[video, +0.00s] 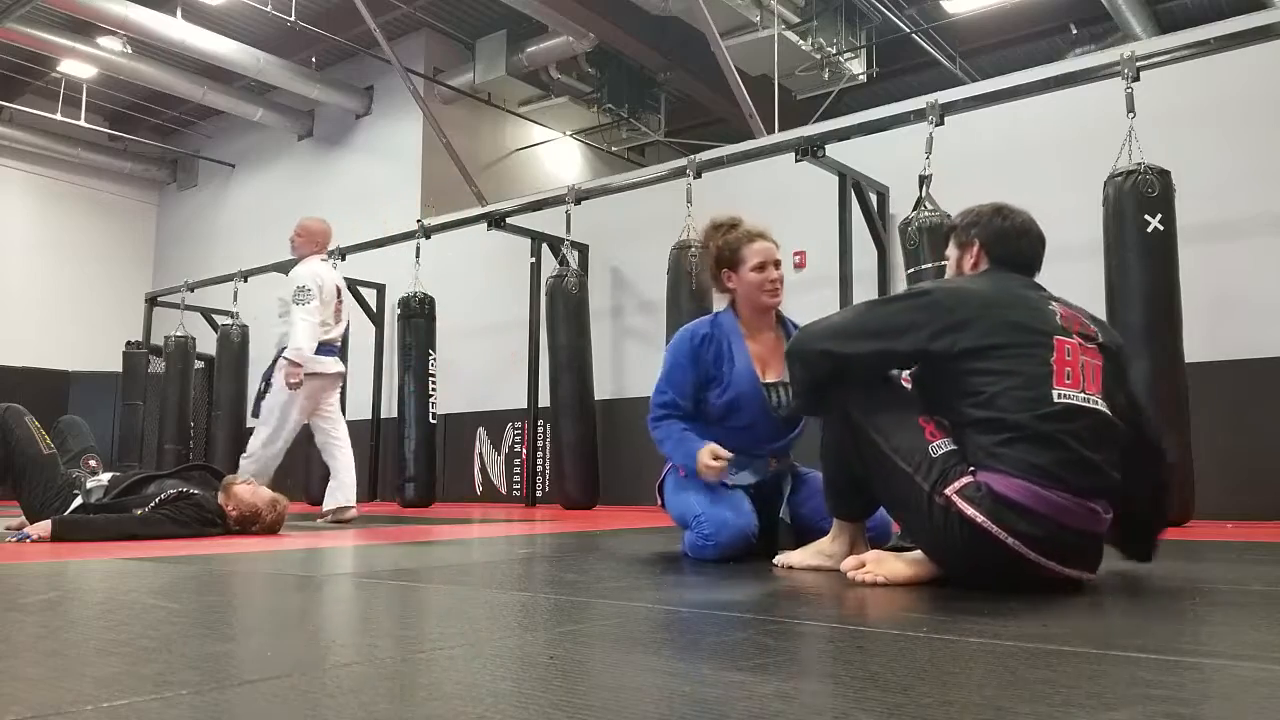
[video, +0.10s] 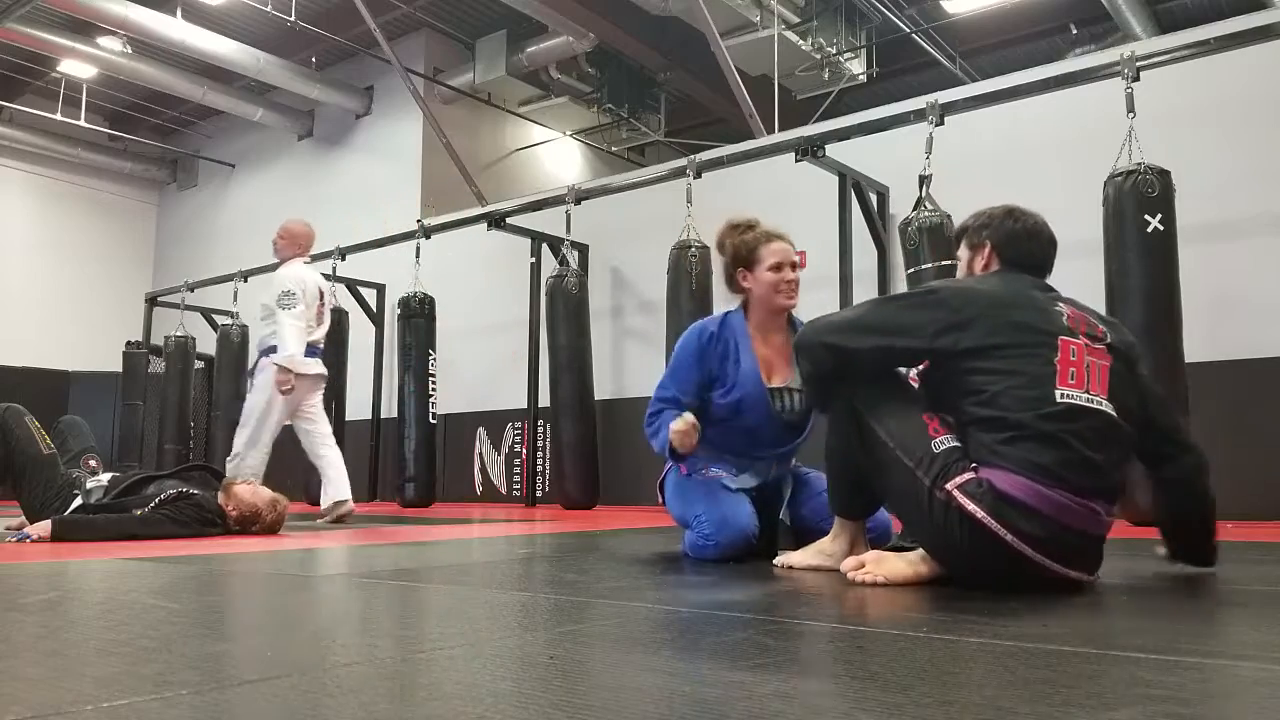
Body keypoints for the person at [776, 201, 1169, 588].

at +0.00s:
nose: (946, 275)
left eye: (949, 263)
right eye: (947, 264)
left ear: (974, 256)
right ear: (1034, 266)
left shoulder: (961, 298)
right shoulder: (1092, 327)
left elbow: (812, 344)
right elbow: (1143, 446)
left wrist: (824, 406)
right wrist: (1136, 535)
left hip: (982, 536)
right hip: (1071, 559)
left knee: (854, 391)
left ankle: (843, 539)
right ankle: (928, 552)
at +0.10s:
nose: (957, 273)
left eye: (961, 261)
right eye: (959, 263)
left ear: (985, 259)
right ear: (1043, 266)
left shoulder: (966, 299)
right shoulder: (1108, 333)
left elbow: (819, 337)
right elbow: (1175, 454)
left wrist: (834, 400)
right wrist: (1193, 551)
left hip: (984, 533)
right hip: (1070, 564)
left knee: (857, 387)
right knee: (974, 419)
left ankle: (843, 537)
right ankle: (929, 554)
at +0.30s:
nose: (979, 273)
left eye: (983, 262)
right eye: (981, 263)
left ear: (1004, 259)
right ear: (1064, 274)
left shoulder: (988, 299)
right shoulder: (1128, 342)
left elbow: (834, 335)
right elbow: (1204, 465)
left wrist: (868, 391)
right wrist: (1232, 568)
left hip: (985, 525)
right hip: (1069, 565)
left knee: (872, 382)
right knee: (991, 428)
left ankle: (844, 537)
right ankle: (930, 553)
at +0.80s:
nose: (995, 290)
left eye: (997, 281)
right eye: (998, 282)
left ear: (1018, 271)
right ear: (1082, 284)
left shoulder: (998, 298)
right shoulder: (1149, 345)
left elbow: (866, 334)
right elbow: (1217, 472)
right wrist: (1234, 569)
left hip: (980, 507)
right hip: (1064, 563)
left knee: (881, 373)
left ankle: (848, 537)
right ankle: (930, 551)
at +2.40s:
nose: (1014, 299)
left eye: (1019, 289)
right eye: (1015, 290)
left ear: (1053, 274)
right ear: (1097, 282)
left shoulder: (1037, 302)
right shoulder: (1168, 345)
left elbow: (920, 358)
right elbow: (1220, 462)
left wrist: (855, 328)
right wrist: (1233, 563)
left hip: (975, 496)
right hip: (1059, 559)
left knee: (884, 386)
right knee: (966, 543)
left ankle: (849, 535)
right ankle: (911, 551)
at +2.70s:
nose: (1041, 305)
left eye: (1044, 294)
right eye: (1041, 295)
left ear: (1072, 277)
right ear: (1124, 280)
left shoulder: (1064, 302)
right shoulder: (1210, 339)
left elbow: (945, 382)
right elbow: (1249, 464)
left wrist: (884, 335)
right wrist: (1236, 567)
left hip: (1010, 476)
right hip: (1104, 553)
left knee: (944, 412)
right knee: (985, 538)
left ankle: (859, 535)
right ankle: (932, 552)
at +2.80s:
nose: (1050, 321)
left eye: (1052, 311)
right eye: (1050, 313)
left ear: (1073, 291)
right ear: (1130, 286)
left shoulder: (1074, 306)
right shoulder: (1227, 325)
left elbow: (954, 377)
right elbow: (1264, 436)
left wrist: (892, 324)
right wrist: (1252, 558)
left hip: (1108, 476)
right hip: (1205, 545)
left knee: (976, 408)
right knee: (1058, 517)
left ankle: (863, 535)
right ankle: (942, 557)